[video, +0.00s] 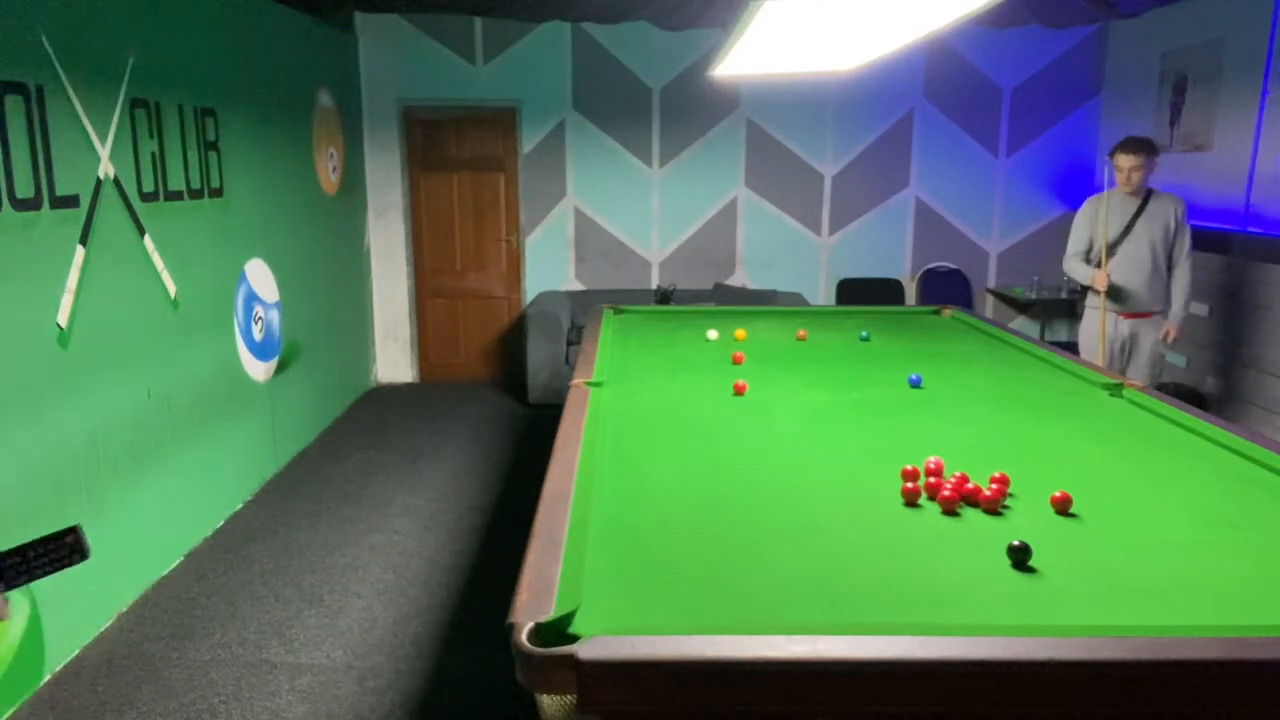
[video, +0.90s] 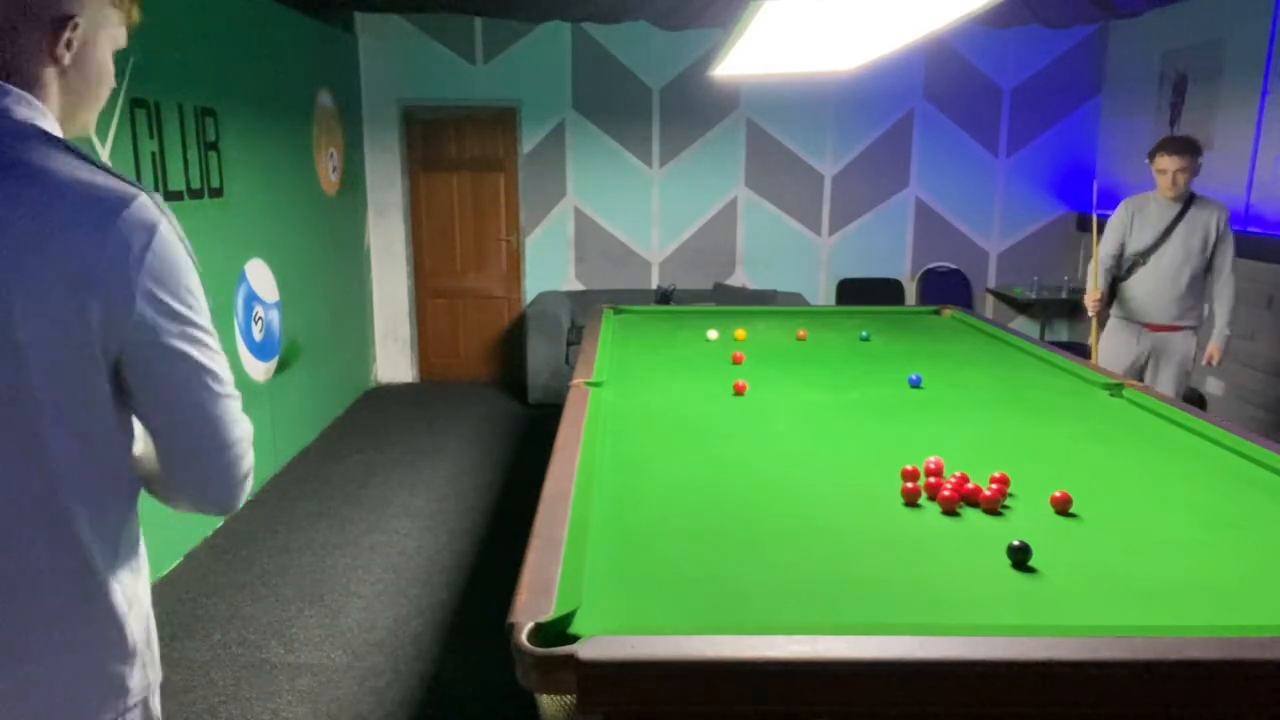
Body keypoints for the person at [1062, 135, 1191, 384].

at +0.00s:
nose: (1126, 178)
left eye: (1135, 170)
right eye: (1119, 170)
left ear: (1152, 168)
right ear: (1113, 167)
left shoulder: (1171, 209)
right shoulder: (1094, 207)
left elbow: (1181, 265)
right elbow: (1071, 260)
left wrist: (1175, 317)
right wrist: (1091, 276)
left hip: (1149, 324)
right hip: (1101, 321)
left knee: (1137, 403)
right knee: (1095, 399)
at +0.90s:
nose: (1171, 180)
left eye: (1180, 172)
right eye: (1163, 172)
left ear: (1195, 171)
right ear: (1153, 171)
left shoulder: (1214, 216)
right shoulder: (1129, 210)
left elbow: (1223, 280)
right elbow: (1103, 258)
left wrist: (1218, 338)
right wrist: (1095, 291)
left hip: (1176, 338)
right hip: (1124, 330)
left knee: (1160, 423)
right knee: (1100, 412)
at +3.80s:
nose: (1119, 190)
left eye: (1126, 181)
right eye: (1114, 182)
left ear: (1154, 170)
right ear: (1110, 179)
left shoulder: (1186, 217)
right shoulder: (1107, 213)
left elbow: (1191, 291)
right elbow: (1087, 273)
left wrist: (1127, 325)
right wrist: (1075, 325)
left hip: (1153, 355)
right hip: (1102, 349)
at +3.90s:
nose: (1116, 193)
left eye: (1125, 183)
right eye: (1110, 184)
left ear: (1151, 172)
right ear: (1105, 180)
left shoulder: (1183, 217)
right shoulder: (1098, 214)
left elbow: (1196, 288)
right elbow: (1080, 274)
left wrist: (1140, 329)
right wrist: (1073, 325)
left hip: (1155, 355)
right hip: (1100, 349)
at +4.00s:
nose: (1117, 194)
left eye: (1127, 184)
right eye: (1110, 185)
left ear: (1151, 173)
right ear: (1105, 179)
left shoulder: (1184, 218)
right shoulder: (1094, 215)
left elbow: (1200, 288)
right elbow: (1077, 275)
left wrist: (1151, 332)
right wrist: (1071, 325)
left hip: (1156, 357)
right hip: (1099, 350)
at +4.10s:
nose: (1122, 194)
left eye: (1132, 184)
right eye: (1115, 184)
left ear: (1157, 175)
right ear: (1109, 178)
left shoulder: (1188, 220)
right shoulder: (1096, 216)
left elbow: (1205, 289)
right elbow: (1078, 274)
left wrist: (1163, 335)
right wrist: (1071, 324)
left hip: (1158, 358)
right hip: (1101, 351)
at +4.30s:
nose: (1140, 194)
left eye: (1151, 185)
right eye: (1133, 183)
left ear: (1176, 177)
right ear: (1128, 177)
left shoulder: (1204, 224)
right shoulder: (1111, 215)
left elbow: (1217, 294)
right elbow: (1087, 274)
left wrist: (1176, 339)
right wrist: (1078, 325)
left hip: (1167, 363)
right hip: (1110, 354)